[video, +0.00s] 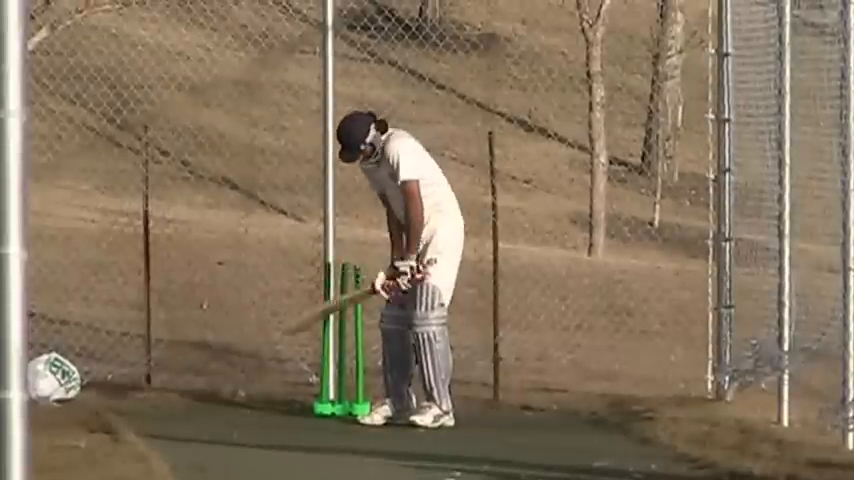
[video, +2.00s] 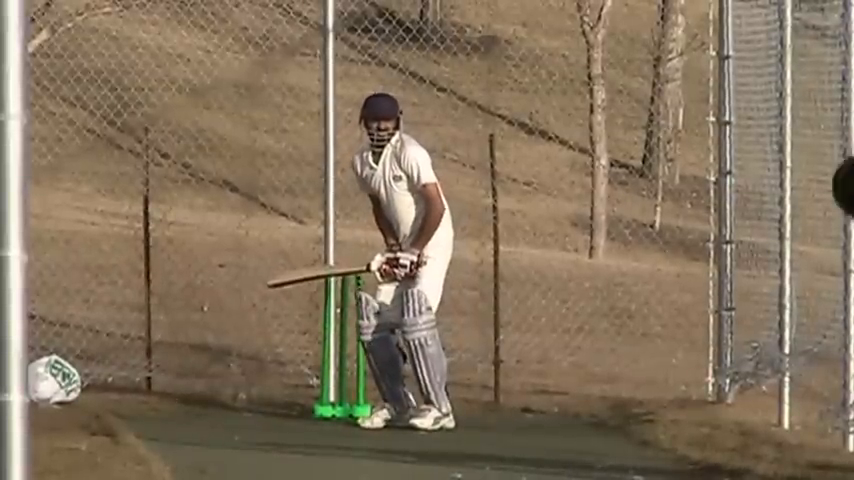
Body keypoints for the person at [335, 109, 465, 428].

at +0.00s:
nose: (360, 160)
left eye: (362, 153)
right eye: (357, 156)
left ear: (373, 140)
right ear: (357, 147)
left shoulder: (398, 148)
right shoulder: (369, 162)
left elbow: (415, 205)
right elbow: (393, 214)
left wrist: (410, 257)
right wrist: (395, 264)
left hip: (439, 235)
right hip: (412, 240)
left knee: (426, 320)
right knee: (393, 321)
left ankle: (439, 406)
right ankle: (399, 401)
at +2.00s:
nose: (379, 131)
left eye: (387, 125)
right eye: (373, 124)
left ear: (398, 124)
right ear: (364, 125)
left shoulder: (409, 153)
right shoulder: (361, 162)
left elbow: (436, 205)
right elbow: (378, 206)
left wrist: (415, 250)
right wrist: (392, 248)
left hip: (430, 242)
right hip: (399, 245)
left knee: (416, 318)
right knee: (373, 320)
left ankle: (438, 406)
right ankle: (397, 403)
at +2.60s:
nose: (395, 151)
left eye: (402, 144)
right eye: (388, 145)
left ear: (413, 144)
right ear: (379, 147)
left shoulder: (427, 178)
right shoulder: (376, 175)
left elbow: (403, 239)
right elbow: (375, 209)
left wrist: (358, 249)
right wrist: (354, 231)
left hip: (433, 267)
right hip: (394, 267)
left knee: (435, 330)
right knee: (357, 331)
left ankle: (441, 408)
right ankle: (394, 403)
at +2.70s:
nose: (410, 149)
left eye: (416, 142)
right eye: (402, 144)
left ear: (425, 142)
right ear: (392, 146)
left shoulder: (443, 168)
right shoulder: (384, 182)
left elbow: (434, 221)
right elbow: (390, 237)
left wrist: (391, 254)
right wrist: (372, 258)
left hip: (439, 271)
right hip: (397, 271)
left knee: (449, 324)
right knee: (360, 331)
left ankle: (445, 407)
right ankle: (381, 394)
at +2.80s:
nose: (416, 148)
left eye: (422, 141)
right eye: (408, 142)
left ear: (431, 138)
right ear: (396, 142)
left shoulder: (441, 147)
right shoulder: (402, 178)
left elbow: (463, 176)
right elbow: (431, 225)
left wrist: (480, 218)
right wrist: (467, 241)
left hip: (448, 256)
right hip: (409, 259)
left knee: (461, 322)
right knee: (390, 329)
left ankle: (450, 401)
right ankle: (362, 394)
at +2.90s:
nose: (428, 150)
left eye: (434, 142)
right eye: (420, 144)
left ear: (439, 139)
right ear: (404, 143)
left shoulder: (442, 147)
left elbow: (483, 180)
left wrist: (526, 205)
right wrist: (533, 199)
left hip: (444, 252)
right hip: (413, 258)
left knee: (462, 324)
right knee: (404, 345)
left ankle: (450, 406)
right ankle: (365, 392)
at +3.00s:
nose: (456, 139)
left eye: (456, 133)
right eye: (451, 134)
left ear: (435, 133)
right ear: (434, 135)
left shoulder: (435, 152)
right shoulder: (429, 165)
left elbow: (478, 153)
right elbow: (485, 166)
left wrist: (521, 140)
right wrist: (524, 139)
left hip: (450, 251)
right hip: (423, 255)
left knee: (470, 326)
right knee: (412, 339)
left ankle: (451, 406)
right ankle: (368, 386)